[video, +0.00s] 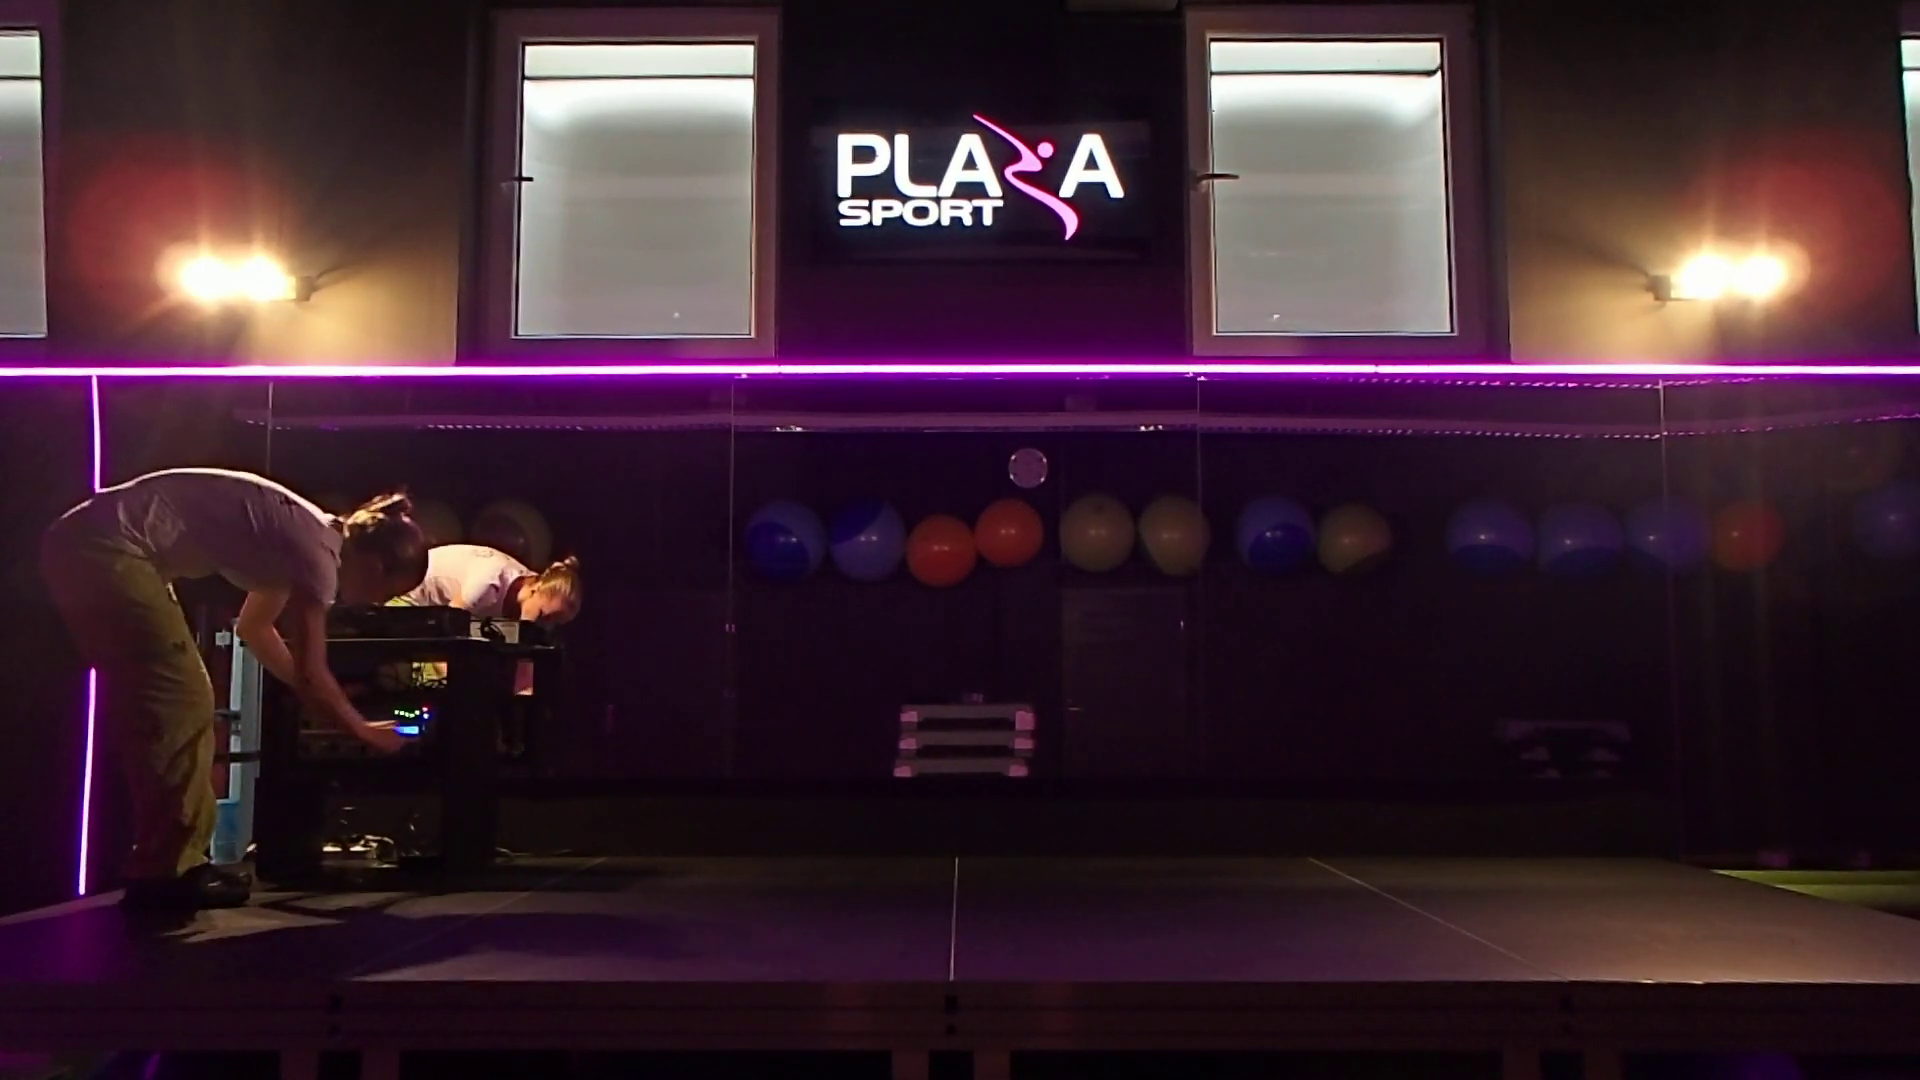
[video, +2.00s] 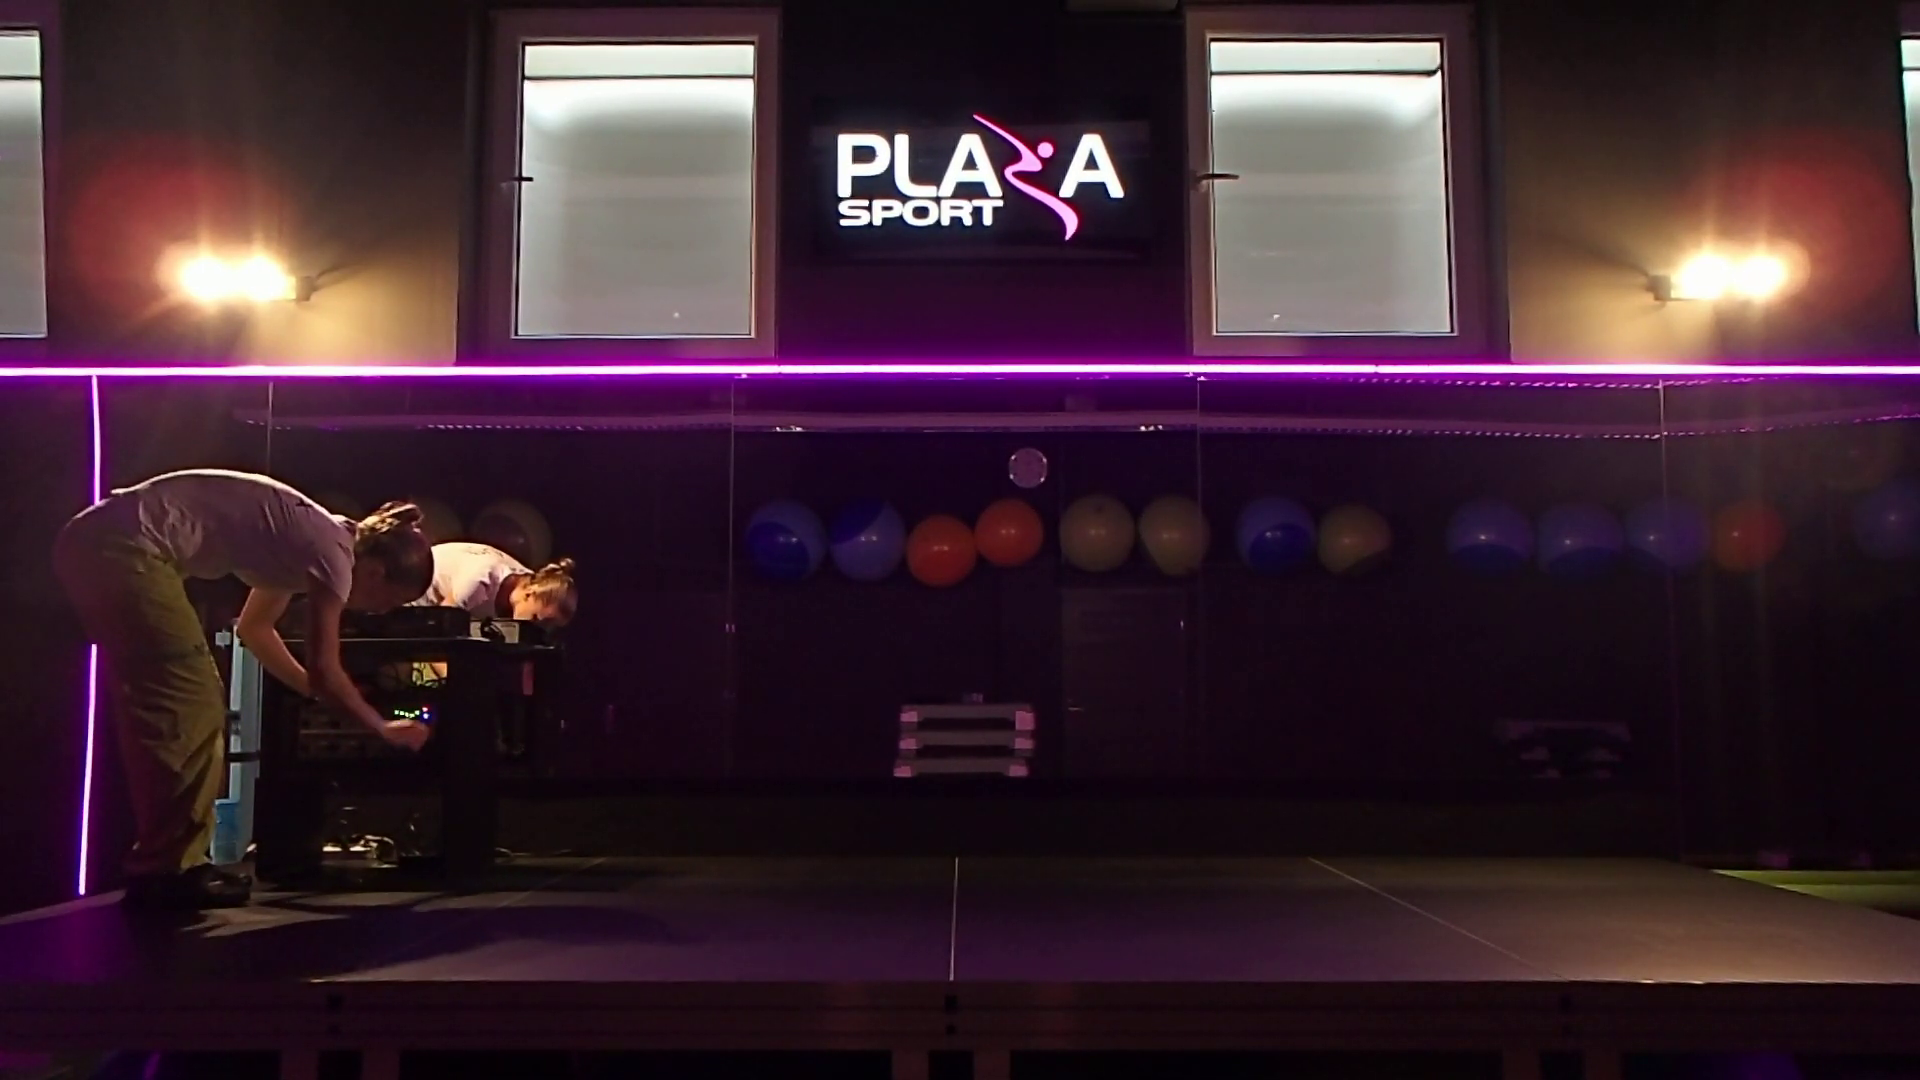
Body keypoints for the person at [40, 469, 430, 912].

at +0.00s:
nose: (380, 602)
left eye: (392, 596)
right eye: (389, 591)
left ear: (372, 554)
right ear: (374, 562)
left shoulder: (301, 539)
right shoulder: (317, 555)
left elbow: (254, 627)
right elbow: (314, 672)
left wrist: (309, 687)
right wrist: (361, 727)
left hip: (111, 547)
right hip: (108, 550)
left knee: (181, 696)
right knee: (182, 697)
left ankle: (177, 868)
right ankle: (168, 874)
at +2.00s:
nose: (376, 610)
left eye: (388, 607)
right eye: (386, 601)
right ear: (377, 570)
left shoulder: (302, 539)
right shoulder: (333, 550)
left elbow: (254, 626)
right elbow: (327, 669)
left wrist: (310, 686)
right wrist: (384, 727)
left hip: (107, 543)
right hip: (125, 548)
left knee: (178, 697)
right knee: (192, 698)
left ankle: (169, 865)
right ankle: (170, 869)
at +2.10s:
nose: (379, 608)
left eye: (390, 604)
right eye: (387, 598)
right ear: (376, 567)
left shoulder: (307, 536)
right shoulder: (330, 549)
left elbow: (255, 627)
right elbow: (309, 665)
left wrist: (320, 692)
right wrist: (356, 745)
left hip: (136, 551)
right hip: (121, 549)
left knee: (202, 707)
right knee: (171, 708)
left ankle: (181, 864)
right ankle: (165, 871)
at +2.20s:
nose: (377, 605)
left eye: (388, 600)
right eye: (385, 595)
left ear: (371, 555)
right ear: (374, 563)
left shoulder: (309, 529)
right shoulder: (324, 546)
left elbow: (254, 627)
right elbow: (283, 659)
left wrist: (311, 687)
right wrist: (310, 760)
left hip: (116, 551)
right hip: (118, 554)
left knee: (181, 698)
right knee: (187, 701)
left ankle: (175, 866)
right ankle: (168, 872)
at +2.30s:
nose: (380, 594)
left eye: (390, 588)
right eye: (387, 584)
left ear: (368, 545)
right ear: (372, 552)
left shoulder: (317, 531)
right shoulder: (314, 544)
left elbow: (264, 627)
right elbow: (252, 640)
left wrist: (314, 689)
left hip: (130, 555)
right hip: (118, 555)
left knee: (185, 697)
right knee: (182, 699)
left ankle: (174, 865)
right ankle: (169, 870)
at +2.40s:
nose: (384, 573)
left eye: (394, 565)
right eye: (391, 561)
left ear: (371, 517)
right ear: (375, 528)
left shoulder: (314, 535)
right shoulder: (298, 527)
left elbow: (271, 614)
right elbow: (218, 603)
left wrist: (317, 685)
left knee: (210, 700)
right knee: (181, 706)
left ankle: (191, 861)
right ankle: (160, 872)